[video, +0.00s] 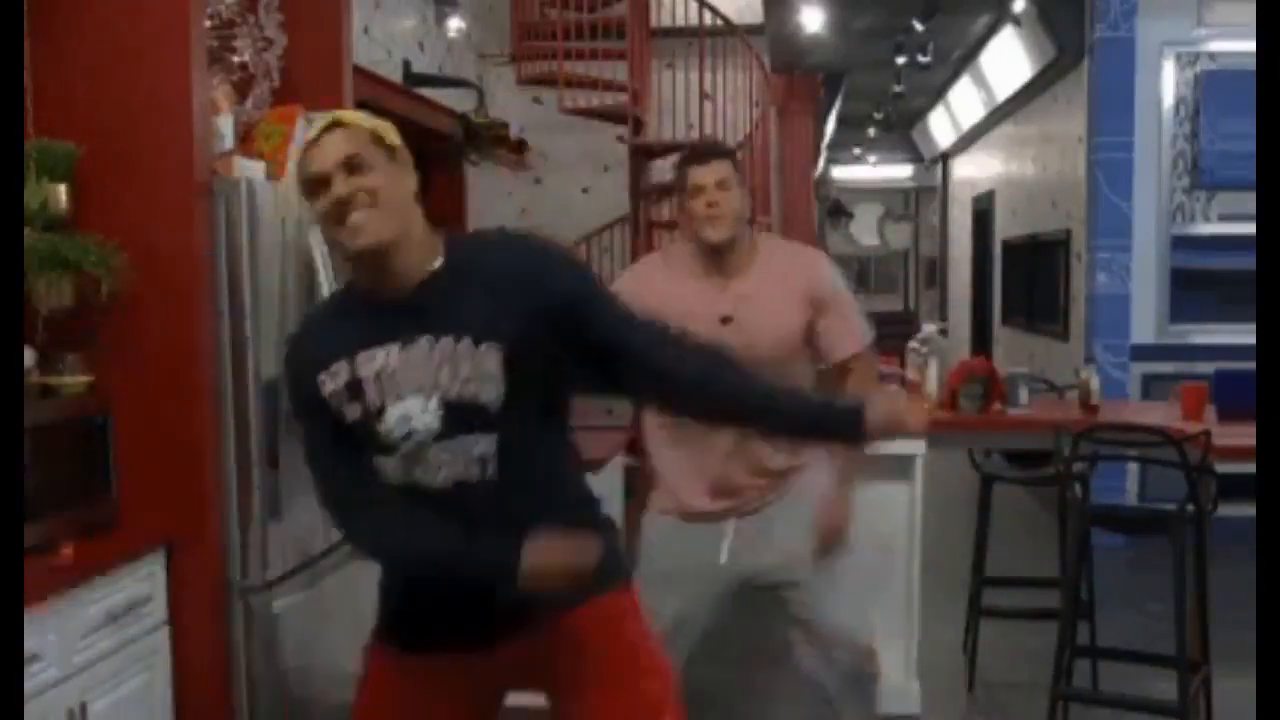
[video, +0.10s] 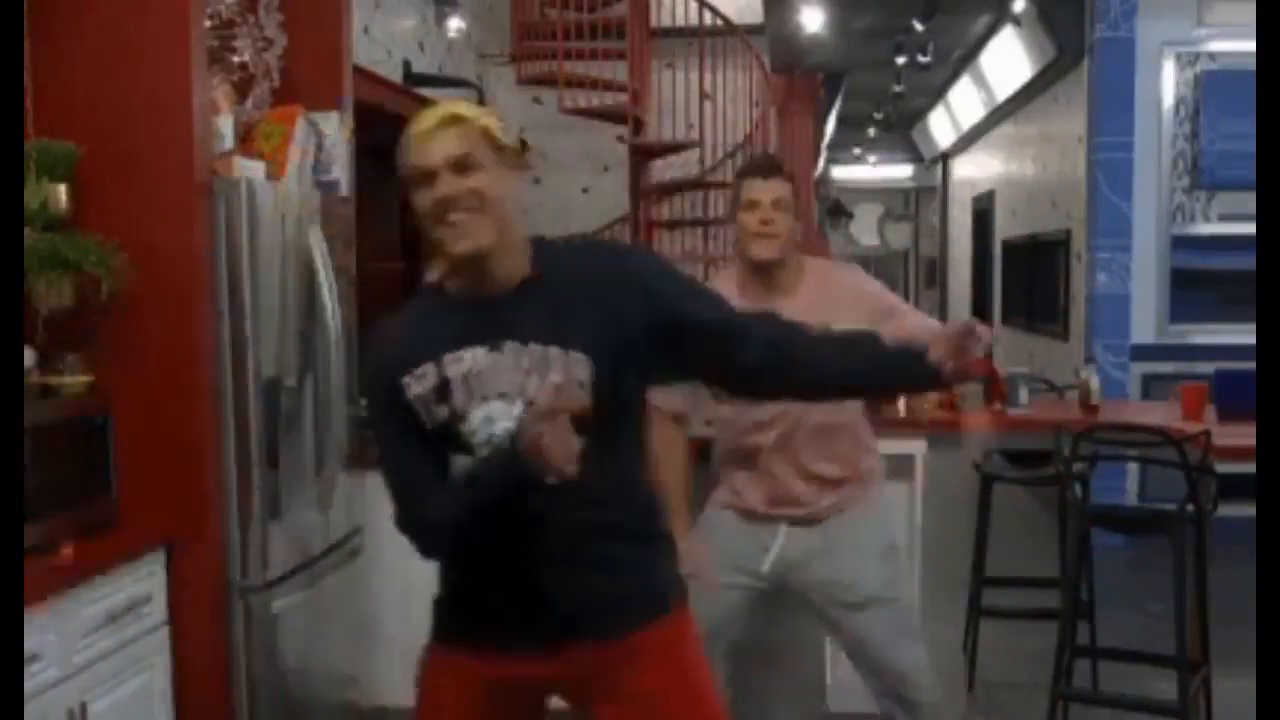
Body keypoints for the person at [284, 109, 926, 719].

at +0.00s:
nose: (340, 192)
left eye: (357, 168)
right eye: (320, 187)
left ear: (410, 175)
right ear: (316, 218)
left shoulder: (522, 272)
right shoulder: (317, 349)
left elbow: (670, 367)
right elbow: (362, 514)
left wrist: (855, 417)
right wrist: (509, 555)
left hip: (577, 604)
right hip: (429, 628)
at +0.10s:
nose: (446, 191)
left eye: (463, 167)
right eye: (424, 181)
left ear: (514, 171)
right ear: (411, 208)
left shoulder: (613, 281)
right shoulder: (396, 349)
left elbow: (757, 354)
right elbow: (428, 524)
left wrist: (926, 362)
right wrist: (517, 456)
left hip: (634, 638)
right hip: (478, 651)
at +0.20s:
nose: (786, 235)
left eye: (801, 224)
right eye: (774, 222)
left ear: (821, 238)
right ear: (755, 234)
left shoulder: (871, 312)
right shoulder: (721, 321)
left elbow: (958, 361)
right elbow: (708, 442)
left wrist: (989, 372)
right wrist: (758, 522)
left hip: (870, 544)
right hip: (763, 539)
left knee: (918, 697)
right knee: (725, 692)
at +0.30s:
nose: (796, 213)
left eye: (811, 195)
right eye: (776, 203)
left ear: (839, 208)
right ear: (757, 227)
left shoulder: (919, 277)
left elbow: (1029, 342)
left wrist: (1061, 319)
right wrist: (890, 471)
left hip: (932, 587)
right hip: (795, 586)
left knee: (968, 708)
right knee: (742, 707)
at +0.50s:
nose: (823, 195)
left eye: (838, 180)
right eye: (805, 182)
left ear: (860, 195)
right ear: (780, 203)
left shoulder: (927, 287)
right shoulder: (737, 316)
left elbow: (993, 390)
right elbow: (736, 454)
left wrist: (1067, 409)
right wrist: (855, 516)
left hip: (925, 573)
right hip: (797, 575)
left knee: (952, 711)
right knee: (778, 713)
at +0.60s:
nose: (822, 208)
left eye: (838, 195)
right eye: (804, 196)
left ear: (860, 211)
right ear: (779, 217)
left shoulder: (925, 309)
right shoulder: (733, 329)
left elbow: (985, 430)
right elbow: (727, 463)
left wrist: (1065, 487)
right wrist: (814, 556)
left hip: (912, 571)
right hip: (776, 572)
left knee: (947, 705)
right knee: (742, 703)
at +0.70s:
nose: (791, 195)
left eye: (807, 183)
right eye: (775, 184)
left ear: (830, 201)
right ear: (751, 203)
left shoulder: (883, 300)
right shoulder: (694, 309)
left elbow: (933, 426)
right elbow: (657, 443)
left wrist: (946, 555)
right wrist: (676, 551)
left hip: (869, 580)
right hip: (738, 580)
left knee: (895, 706)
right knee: (719, 709)